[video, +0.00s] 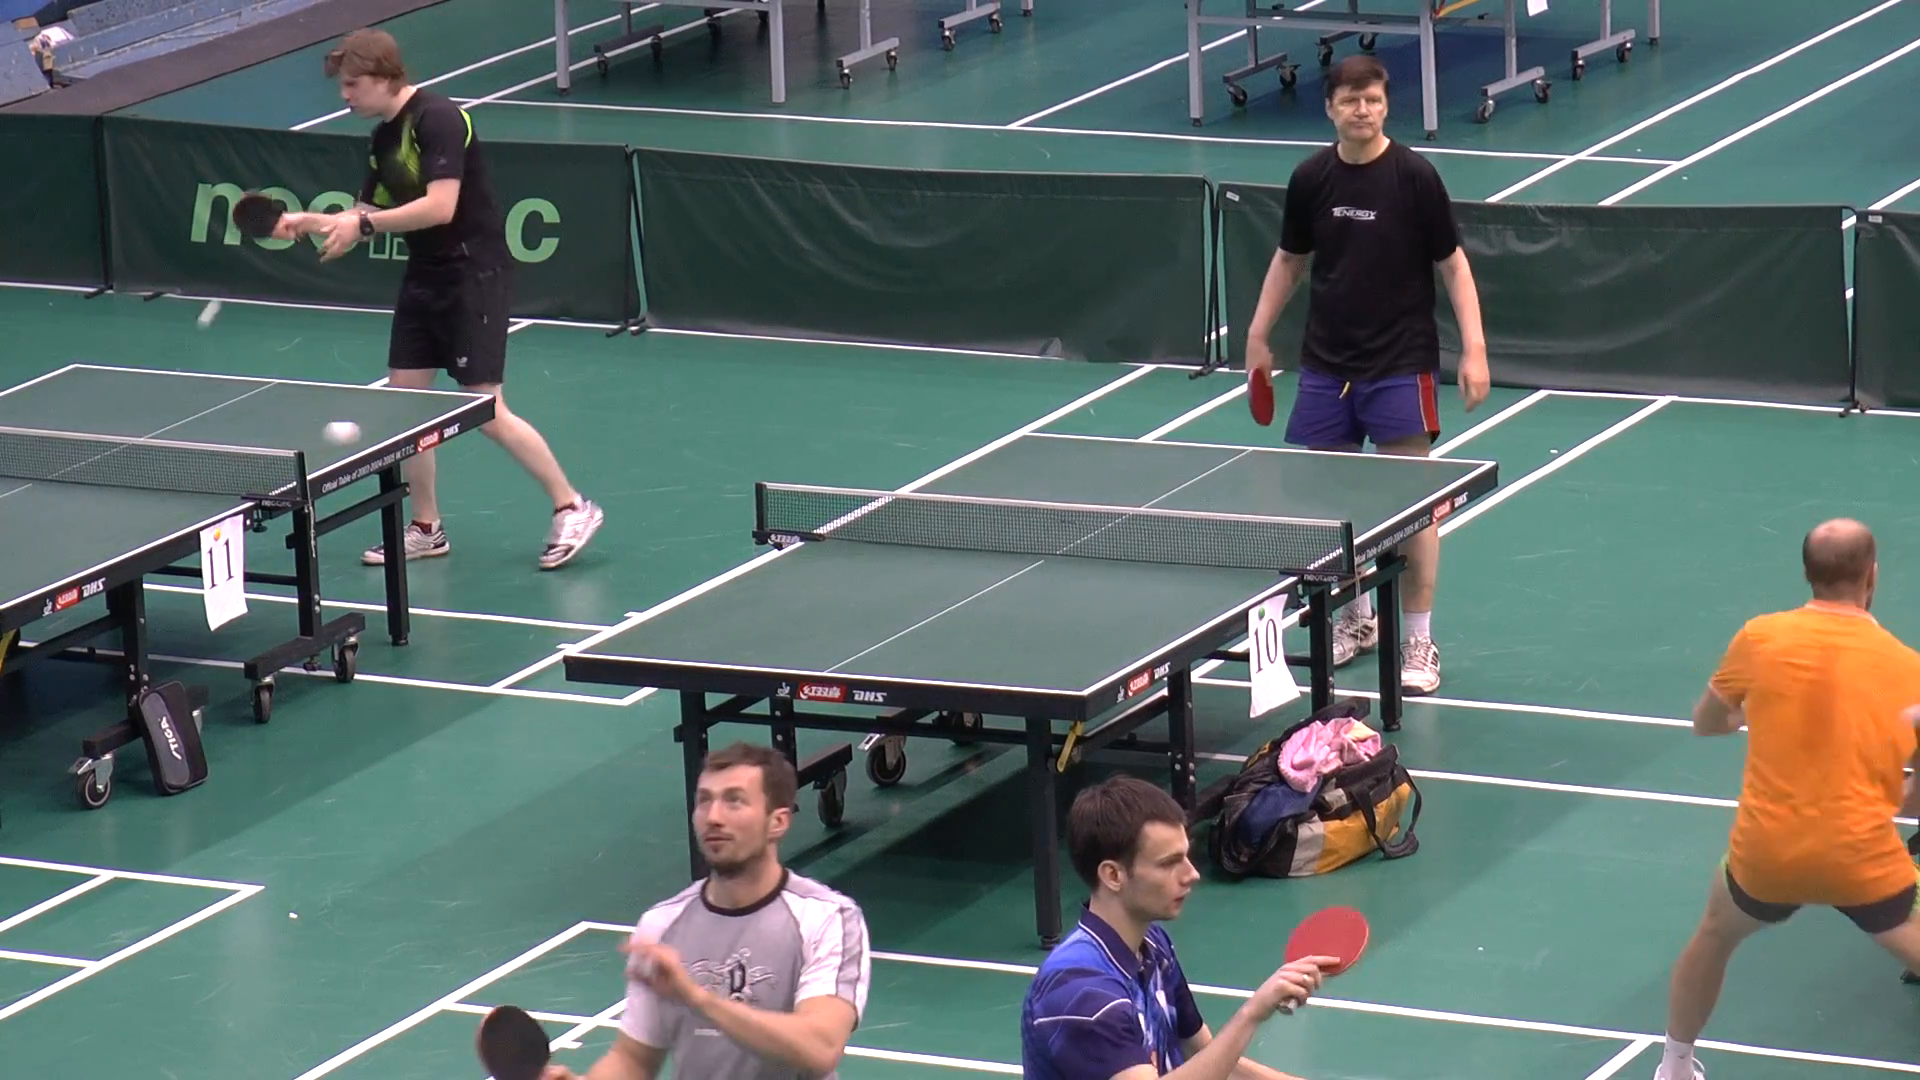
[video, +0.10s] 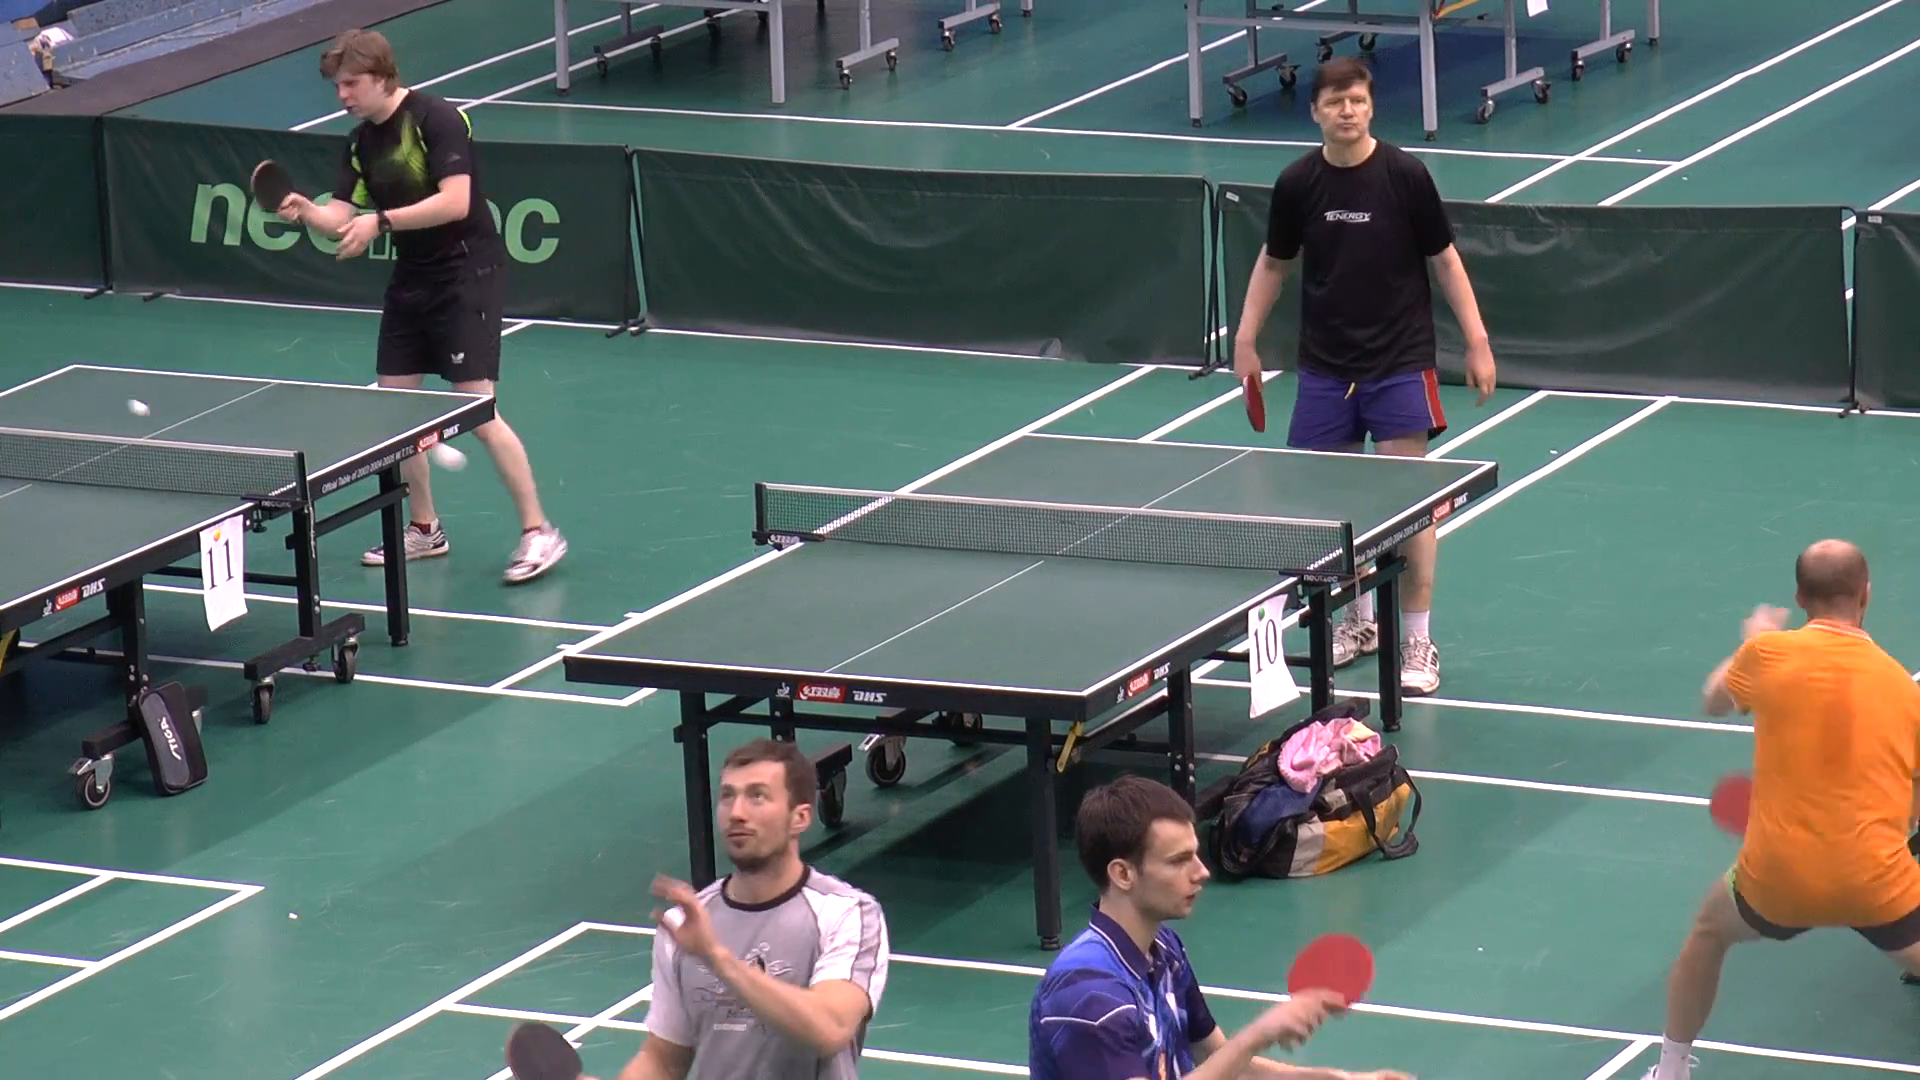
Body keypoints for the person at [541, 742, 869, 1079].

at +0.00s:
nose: (712, 817)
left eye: (734, 801)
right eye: (704, 802)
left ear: (777, 822)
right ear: (693, 814)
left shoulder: (830, 919)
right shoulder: (660, 925)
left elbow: (819, 1049)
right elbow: (631, 1058)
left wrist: (694, 997)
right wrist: (580, 1078)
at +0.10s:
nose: (735, 813)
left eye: (757, 797)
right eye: (727, 797)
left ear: (800, 818)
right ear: (717, 808)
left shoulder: (851, 915)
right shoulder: (684, 922)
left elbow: (829, 1029)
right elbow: (663, 1057)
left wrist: (716, 955)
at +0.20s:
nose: (755, 810)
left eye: (777, 793)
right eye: (745, 794)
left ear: (817, 815)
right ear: (733, 810)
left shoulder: (866, 913)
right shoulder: (693, 922)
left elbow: (833, 1017)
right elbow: (673, 1054)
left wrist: (731, 923)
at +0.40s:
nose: (775, 813)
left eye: (796, 798)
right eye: (763, 797)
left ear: (831, 818)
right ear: (749, 811)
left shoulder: (878, 920)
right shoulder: (700, 924)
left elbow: (850, 1033)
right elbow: (672, 1054)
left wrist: (765, 923)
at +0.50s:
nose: (775, 821)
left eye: (794, 805)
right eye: (762, 803)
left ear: (830, 818)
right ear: (747, 813)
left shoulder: (879, 926)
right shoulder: (696, 924)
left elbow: (870, 1059)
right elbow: (670, 1057)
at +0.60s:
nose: (775, 828)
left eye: (794, 810)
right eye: (762, 809)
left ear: (828, 820)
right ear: (745, 815)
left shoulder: (877, 928)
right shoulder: (691, 926)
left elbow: (894, 1063)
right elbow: (665, 1058)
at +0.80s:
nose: (820, 843)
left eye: (828, 823)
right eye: (800, 826)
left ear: (836, 819)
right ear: (752, 827)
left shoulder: (875, 927)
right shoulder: (681, 934)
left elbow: (906, 1063)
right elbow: (651, 1059)